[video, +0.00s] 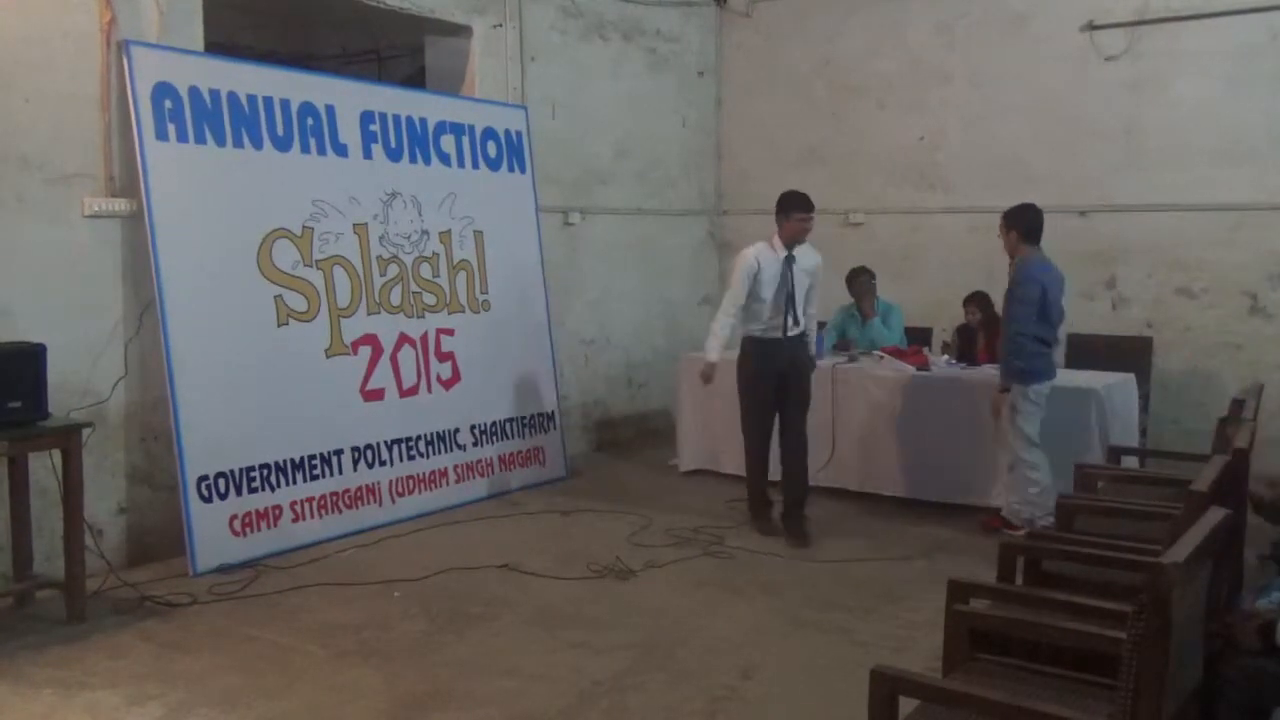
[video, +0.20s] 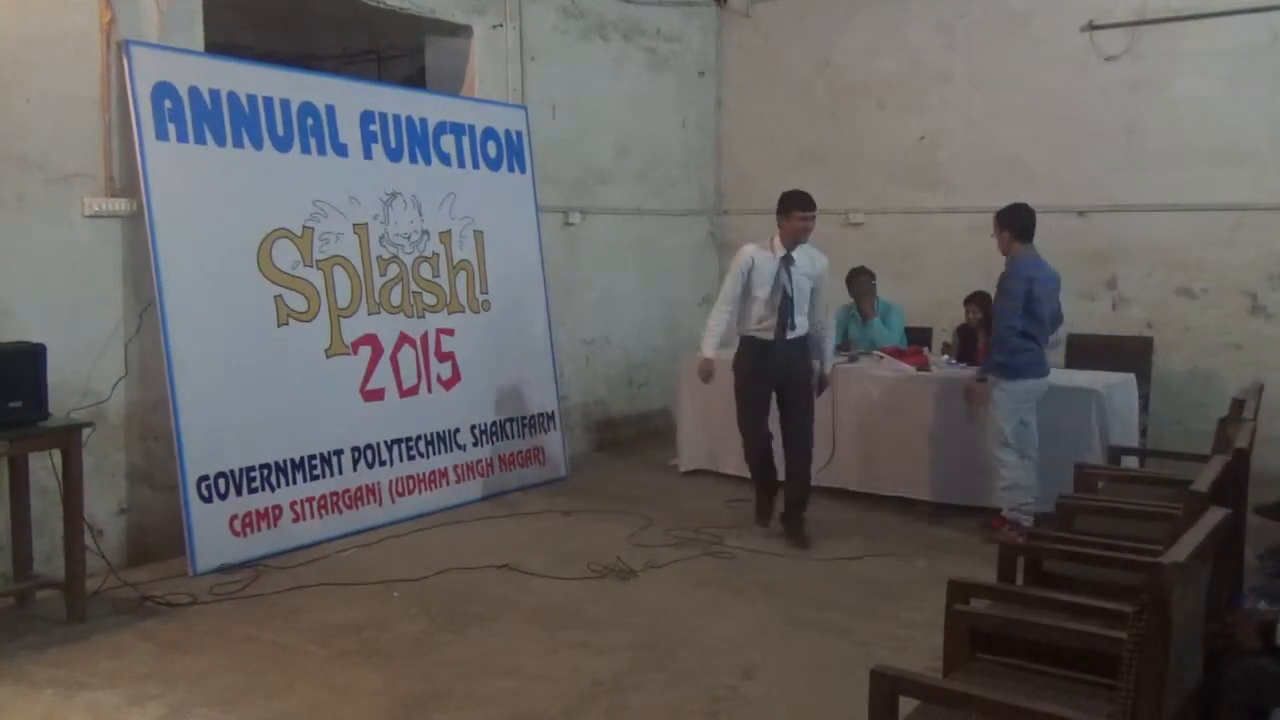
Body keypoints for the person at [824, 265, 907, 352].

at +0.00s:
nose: (864, 291)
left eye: (867, 285)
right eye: (859, 287)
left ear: (874, 287)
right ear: (851, 292)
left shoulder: (892, 311)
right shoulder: (844, 313)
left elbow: (892, 347)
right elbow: (824, 343)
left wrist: (870, 315)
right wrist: (836, 345)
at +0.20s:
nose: (863, 290)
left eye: (867, 284)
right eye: (858, 285)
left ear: (874, 287)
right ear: (850, 292)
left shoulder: (893, 311)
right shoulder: (844, 313)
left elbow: (891, 347)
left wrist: (870, 315)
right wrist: (842, 347)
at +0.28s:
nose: (864, 290)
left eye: (868, 285)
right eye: (858, 286)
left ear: (874, 287)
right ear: (851, 292)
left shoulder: (892, 311)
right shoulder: (844, 313)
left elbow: (890, 346)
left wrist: (870, 315)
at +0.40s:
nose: (864, 289)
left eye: (869, 284)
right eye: (859, 285)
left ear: (875, 287)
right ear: (851, 291)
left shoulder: (893, 312)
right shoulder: (844, 313)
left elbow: (890, 347)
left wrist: (870, 315)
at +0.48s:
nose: (865, 288)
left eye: (869, 283)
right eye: (860, 284)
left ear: (875, 287)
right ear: (851, 291)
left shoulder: (893, 312)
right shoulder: (843, 315)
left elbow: (891, 347)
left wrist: (870, 316)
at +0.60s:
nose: (865, 290)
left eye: (869, 285)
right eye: (859, 286)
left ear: (875, 287)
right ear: (851, 291)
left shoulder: (891, 312)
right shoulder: (843, 315)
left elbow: (894, 348)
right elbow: (828, 346)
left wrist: (871, 316)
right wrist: (838, 347)